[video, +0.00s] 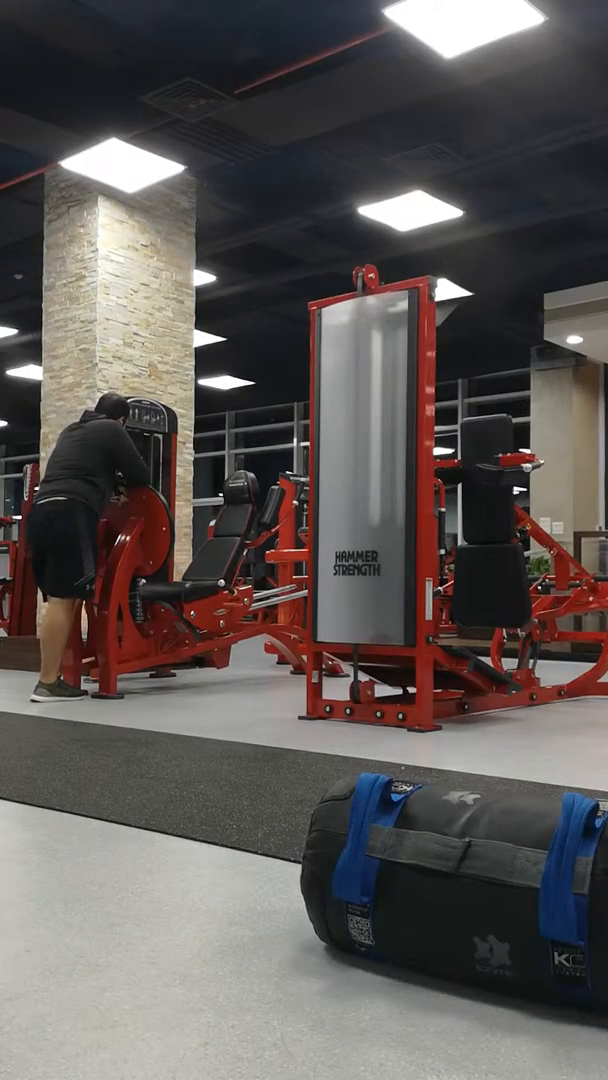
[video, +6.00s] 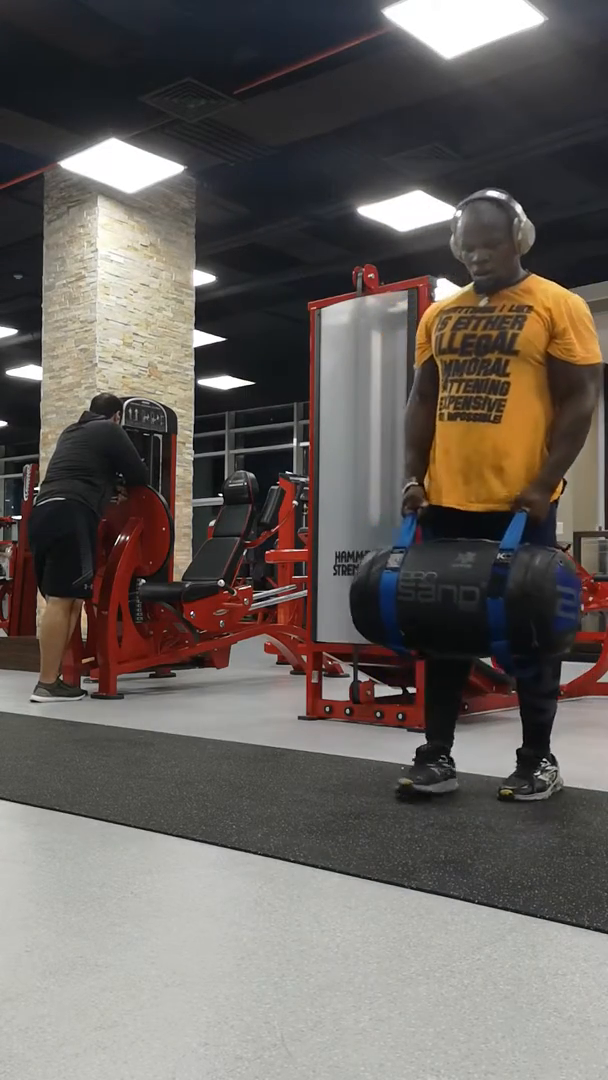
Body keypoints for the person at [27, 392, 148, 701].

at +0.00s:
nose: (124, 425)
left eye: (124, 422)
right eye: (125, 422)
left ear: (97, 413)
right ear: (121, 419)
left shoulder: (70, 430)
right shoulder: (113, 430)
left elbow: (75, 468)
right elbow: (141, 477)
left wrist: (109, 483)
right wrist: (113, 474)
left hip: (41, 511)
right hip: (68, 511)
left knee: (56, 599)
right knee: (60, 600)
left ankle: (51, 678)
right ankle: (48, 682)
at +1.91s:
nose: (126, 427)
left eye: (126, 423)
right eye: (127, 423)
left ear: (99, 414)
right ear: (122, 419)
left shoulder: (71, 431)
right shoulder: (113, 431)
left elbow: (76, 469)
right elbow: (140, 478)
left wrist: (110, 486)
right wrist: (114, 476)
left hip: (42, 511)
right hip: (68, 510)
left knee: (61, 600)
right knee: (64, 600)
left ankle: (50, 678)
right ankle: (48, 682)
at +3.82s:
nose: (126, 426)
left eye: (126, 423)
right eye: (127, 422)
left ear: (99, 413)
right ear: (121, 419)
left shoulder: (71, 431)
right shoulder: (113, 430)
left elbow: (74, 471)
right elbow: (141, 478)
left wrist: (109, 486)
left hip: (44, 511)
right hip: (70, 510)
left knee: (70, 601)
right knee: (62, 601)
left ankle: (54, 678)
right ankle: (47, 682)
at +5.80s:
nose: (122, 423)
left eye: (121, 419)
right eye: (122, 419)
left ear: (91, 413)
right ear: (116, 416)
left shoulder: (70, 431)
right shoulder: (111, 430)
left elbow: (75, 472)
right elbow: (141, 478)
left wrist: (110, 487)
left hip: (42, 511)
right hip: (68, 511)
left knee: (67, 601)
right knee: (59, 601)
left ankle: (54, 679)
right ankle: (47, 682)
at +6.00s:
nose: (122, 423)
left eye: (121, 419)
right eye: (122, 419)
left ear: (91, 413)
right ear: (116, 416)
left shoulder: (70, 431)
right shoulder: (110, 430)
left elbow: (75, 472)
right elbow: (141, 478)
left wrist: (109, 487)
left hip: (42, 511)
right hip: (68, 511)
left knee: (68, 601)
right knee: (59, 601)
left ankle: (54, 678)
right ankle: (47, 682)